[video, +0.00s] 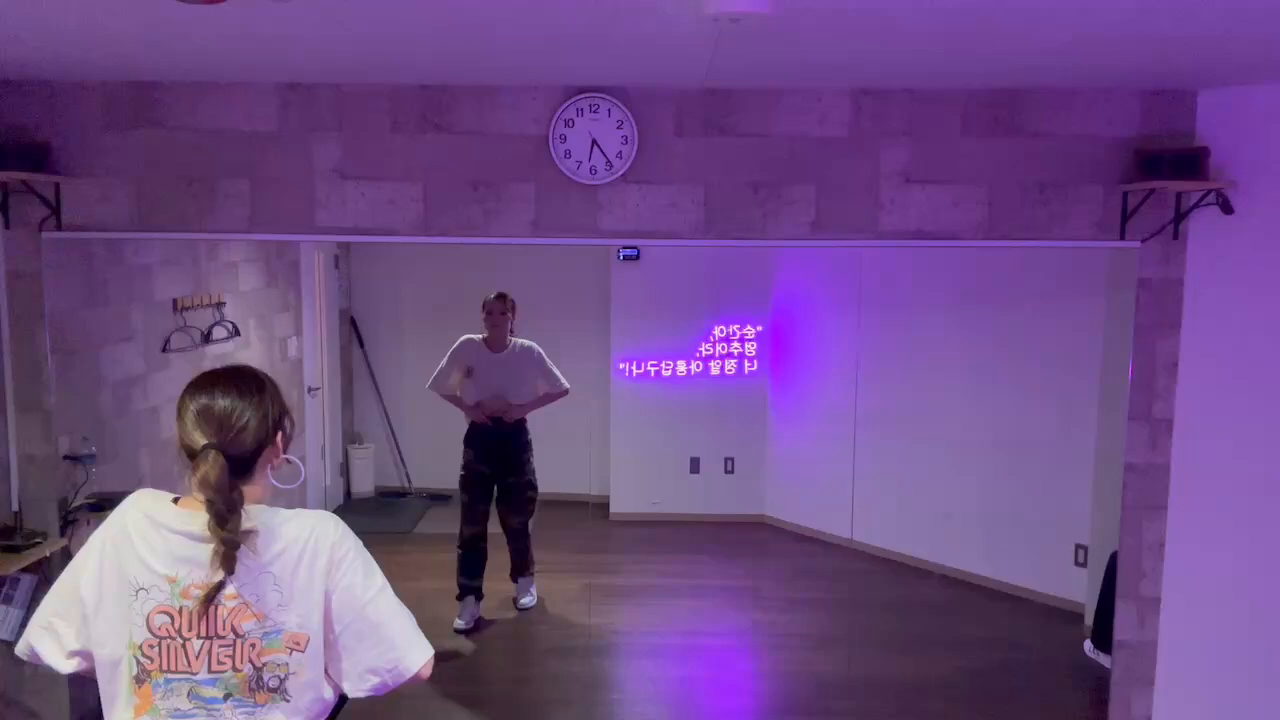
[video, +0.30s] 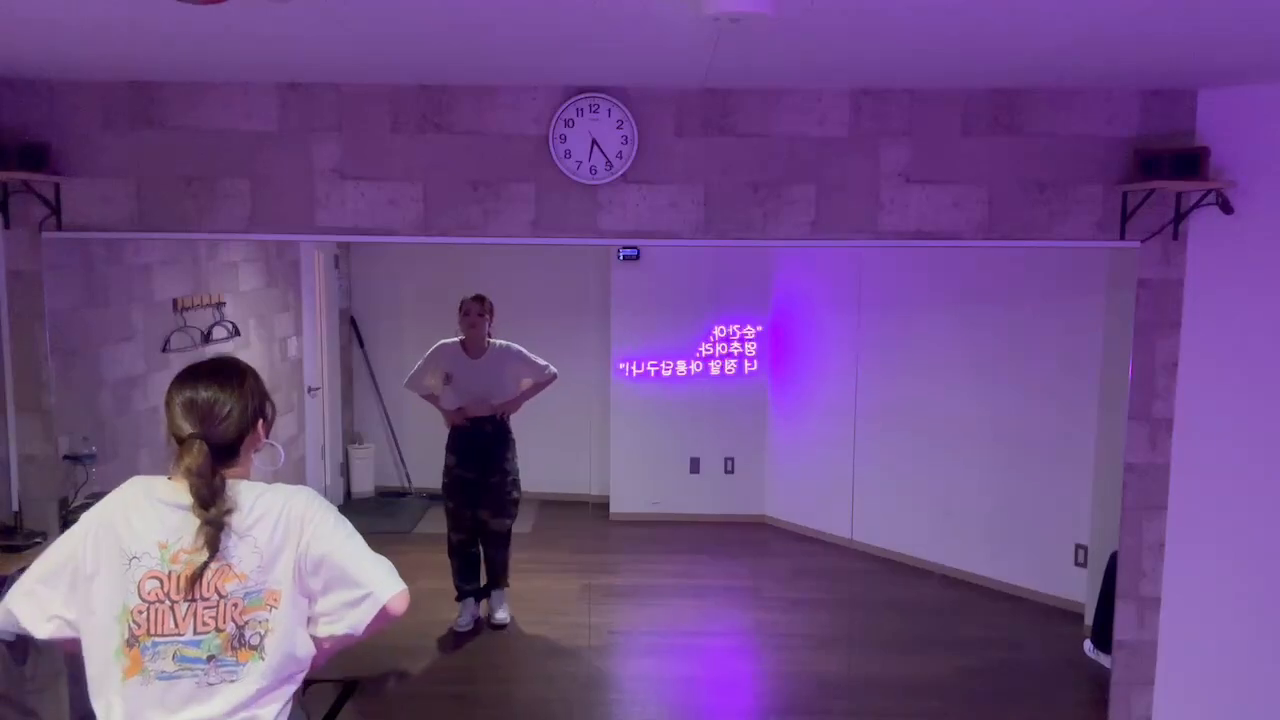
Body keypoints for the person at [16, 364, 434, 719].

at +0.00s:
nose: (290, 443)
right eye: (288, 432)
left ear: (185, 446)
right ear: (276, 447)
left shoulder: (133, 520)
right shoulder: (322, 537)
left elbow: (60, 648)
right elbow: (411, 665)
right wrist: (310, 659)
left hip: (147, 716)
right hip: (280, 715)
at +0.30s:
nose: (271, 427)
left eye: (265, 413)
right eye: (268, 416)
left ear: (175, 428)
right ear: (259, 432)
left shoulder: (121, 506)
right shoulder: (298, 510)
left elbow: (32, 609)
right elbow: (391, 599)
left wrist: (119, 638)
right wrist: (309, 646)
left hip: (133, 714)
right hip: (257, 712)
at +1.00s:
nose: (283, 416)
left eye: (282, 404)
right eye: (282, 406)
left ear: (189, 411)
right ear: (271, 420)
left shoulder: (131, 507)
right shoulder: (312, 507)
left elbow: (55, 583)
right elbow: (429, 579)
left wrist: (138, 614)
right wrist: (351, 623)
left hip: (157, 708)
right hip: (270, 710)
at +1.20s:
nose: (261, 413)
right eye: (259, 402)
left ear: (168, 422)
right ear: (253, 417)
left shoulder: (136, 507)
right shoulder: (306, 511)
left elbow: (118, 615)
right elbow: (373, 603)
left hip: (154, 710)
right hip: (266, 710)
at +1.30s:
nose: (255, 409)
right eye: (252, 399)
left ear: (162, 424)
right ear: (247, 416)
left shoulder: (130, 513)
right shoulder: (302, 511)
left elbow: (138, 587)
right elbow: (349, 597)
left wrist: (145, 502)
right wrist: (418, 526)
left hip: (158, 713)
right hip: (268, 711)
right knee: (309, 691)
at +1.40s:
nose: (251, 410)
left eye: (249, 398)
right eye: (249, 400)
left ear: (158, 423)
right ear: (240, 418)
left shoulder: (124, 515)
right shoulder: (296, 513)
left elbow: (143, 593)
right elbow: (338, 596)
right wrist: (408, 536)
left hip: (156, 707)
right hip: (265, 706)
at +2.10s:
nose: (248, 417)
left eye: (246, 406)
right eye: (246, 407)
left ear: (158, 419)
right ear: (234, 420)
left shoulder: (127, 510)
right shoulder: (279, 507)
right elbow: (311, 620)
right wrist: (346, 561)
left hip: (126, 708)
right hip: (234, 710)